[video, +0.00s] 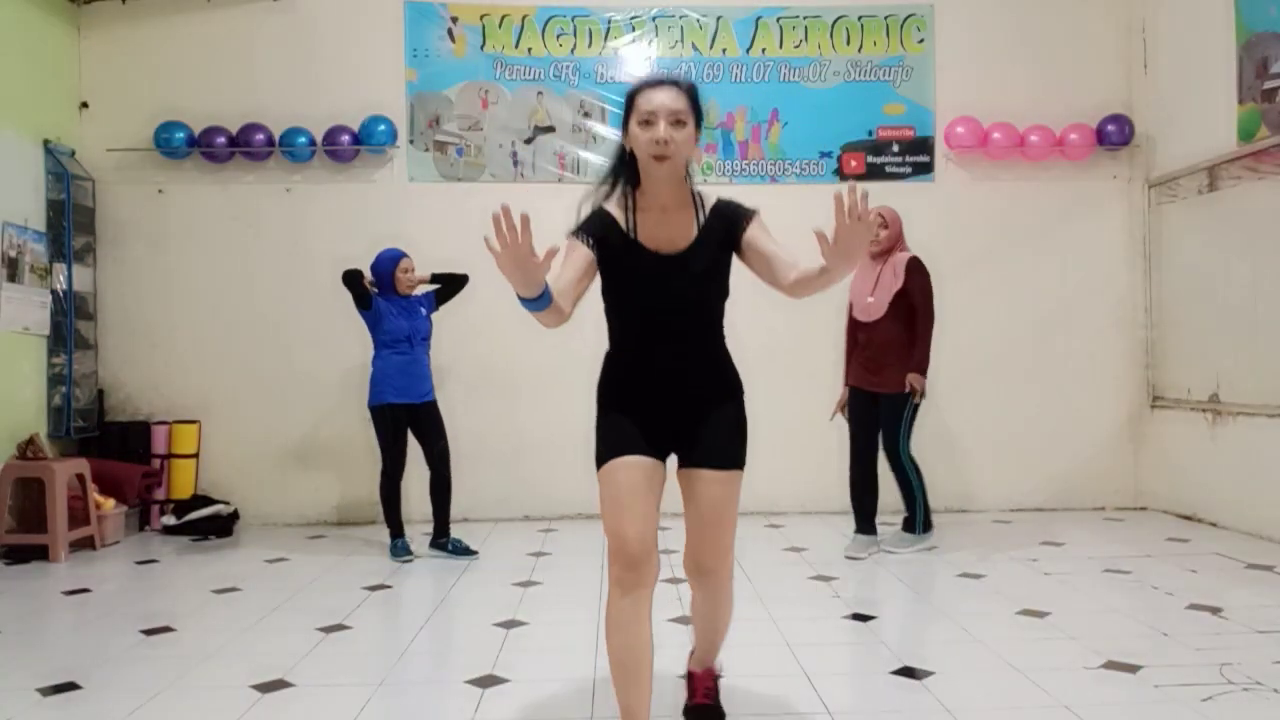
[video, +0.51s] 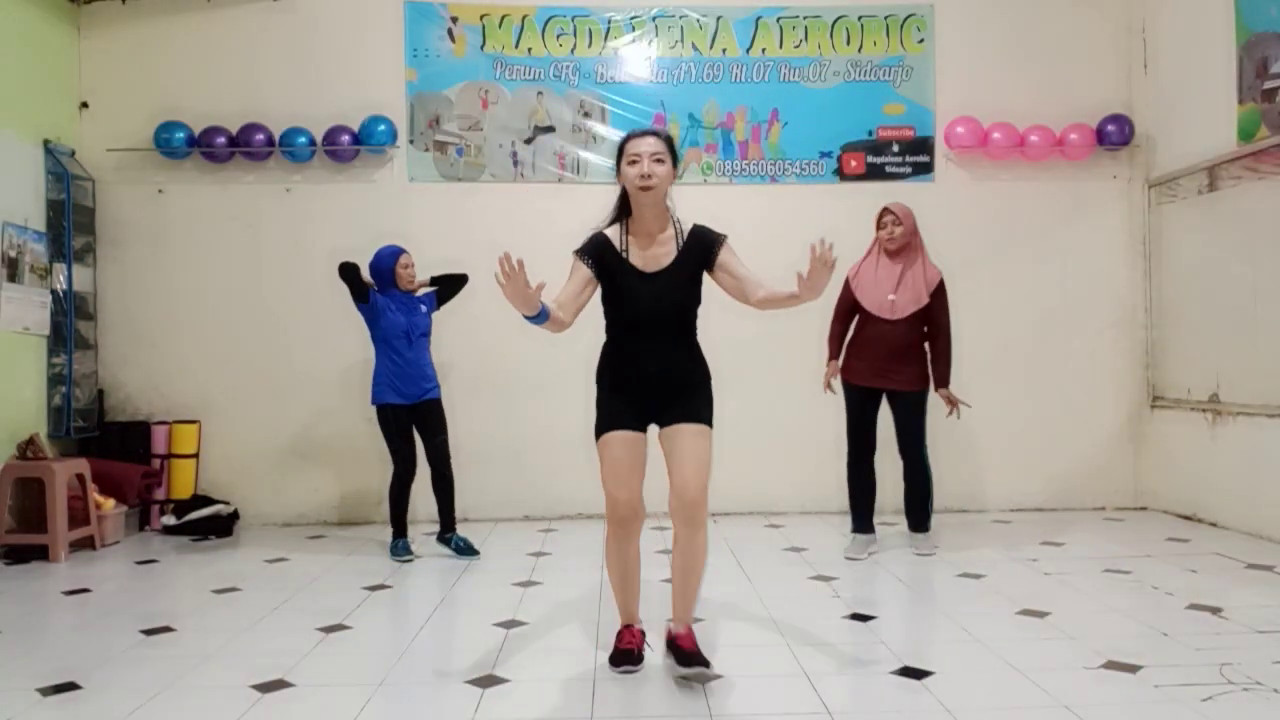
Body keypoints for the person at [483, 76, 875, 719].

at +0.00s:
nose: (662, 132)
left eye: (676, 121)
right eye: (647, 121)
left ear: (696, 135)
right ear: (627, 135)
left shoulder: (726, 218)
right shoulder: (606, 221)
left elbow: (792, 281)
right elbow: (556, 313)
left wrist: (837, 264)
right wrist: (528, 286)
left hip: (711, 401)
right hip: (629, 403)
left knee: (709, 564)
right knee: (630, 562)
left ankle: (703, 675)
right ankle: (635, 716)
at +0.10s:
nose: (662, 146)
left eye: (675, 135)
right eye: (648, 135)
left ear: (695, 149)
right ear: (630, 149)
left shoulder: (724, 229)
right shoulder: (609, 234)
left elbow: (789, 290)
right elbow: (562, 321)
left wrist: (838, 276)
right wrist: (533, 300)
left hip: (710, 401)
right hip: (633, 403)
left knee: (709, 555)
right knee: (633, 548)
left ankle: (697, 680)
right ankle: (637, 709)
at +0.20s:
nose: (657, 147)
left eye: (670, 137)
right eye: (644, 138)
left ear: (689, 151)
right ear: (627, 152)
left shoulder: (718, 227)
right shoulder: (608, 234)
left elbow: (777, 286)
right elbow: (567, 315)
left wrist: (833, 286)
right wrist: (537, 304)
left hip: (704, 389)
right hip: (631, 390)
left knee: (703, 532)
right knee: (632, 526)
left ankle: (697, 674)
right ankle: (643, 667)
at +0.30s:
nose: (652, 157)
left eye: (664, 147)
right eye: (640, 147)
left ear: (683, 160)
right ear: (623, 161)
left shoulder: (709, 235)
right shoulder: (603, 239)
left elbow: (771, 288)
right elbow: (565, 316)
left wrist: (823, 285)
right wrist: (536, 305)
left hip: (693, 388)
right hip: (625, 389)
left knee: (700, 523)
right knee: (630, 530)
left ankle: (699, 664)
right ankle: (627, 617)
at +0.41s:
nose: (647, 166)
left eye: (658, 157)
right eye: (636, 157)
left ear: (675, 171)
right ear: (620, 172)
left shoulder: (701, 243)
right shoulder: (600, 247)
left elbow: (757, 292)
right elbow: (560, 320)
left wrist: (812, 287)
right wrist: (531, 306)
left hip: (686, 388)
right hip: (620, 390)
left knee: (696, 517)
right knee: (625, 521)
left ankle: (699, 653)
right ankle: (629, 629)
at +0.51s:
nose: (646, 168)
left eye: (656, 159)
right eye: (634, 161)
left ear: (673, 172)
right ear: (620, 175)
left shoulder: (699, 242)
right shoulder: (602, 247)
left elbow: (754, 292)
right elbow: (561, 318)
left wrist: (804, 293)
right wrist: (531, 308)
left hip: (683, 383)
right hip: (620, 385)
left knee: (691, 503)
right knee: (623, 509)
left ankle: (682, 628)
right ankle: (629, 627)